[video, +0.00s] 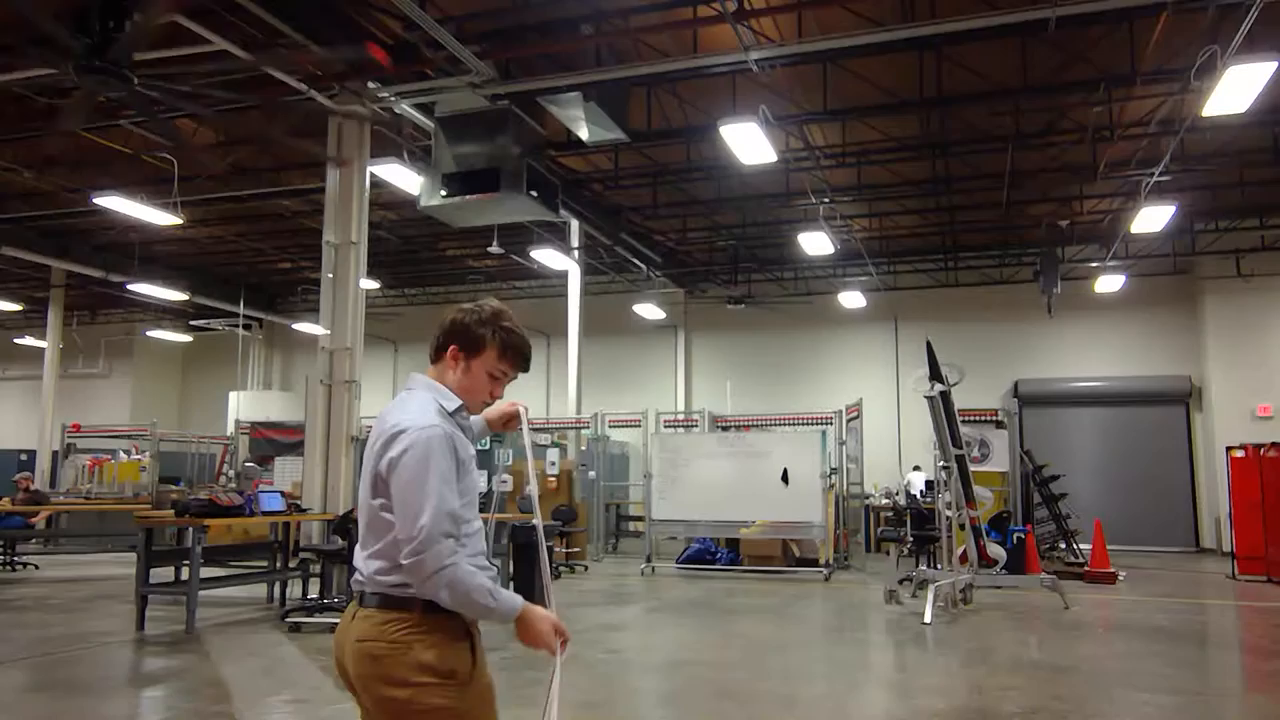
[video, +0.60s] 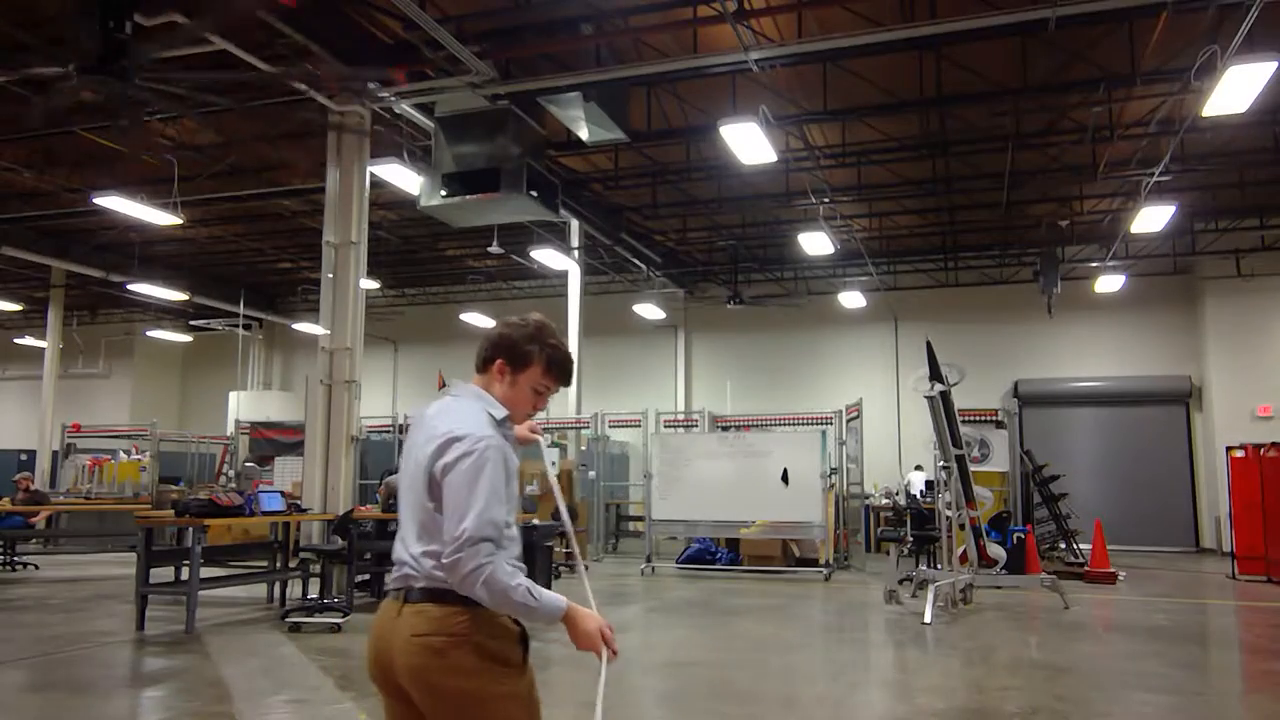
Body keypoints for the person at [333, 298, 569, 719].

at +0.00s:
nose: (498, 394)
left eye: (504, 383)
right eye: (495, 377)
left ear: (452, 360)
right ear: (455, 358)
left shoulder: (406, 411)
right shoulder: (426, 429)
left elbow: (440, 436)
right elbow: (432, 561)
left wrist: (484, 423)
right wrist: (519, 612)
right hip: (414, 637)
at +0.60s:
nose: (541, 408)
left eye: (548, 396)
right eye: (539, 392)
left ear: (496, 372)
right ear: (501, 371)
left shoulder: (433, 413)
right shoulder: (480, 438)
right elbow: (474, 563)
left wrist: (505, 434)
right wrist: (568, 613)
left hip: (395, 619)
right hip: (455, 633)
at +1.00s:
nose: (607, 416)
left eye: (613, 405)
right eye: (607, 401)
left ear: (568, 379)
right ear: (573, 382)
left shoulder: (495, 415)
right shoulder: (544, 443)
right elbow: (532, 566)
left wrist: (561, 431)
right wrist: (592, 648)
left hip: (453, 608)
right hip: (506, 620)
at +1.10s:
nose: (620, 418)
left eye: (626, 408)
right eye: (622, 404)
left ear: (585, 381)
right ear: (590, 384)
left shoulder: (508, 411)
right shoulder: (555, 449)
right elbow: (514, 569)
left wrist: (575, 434)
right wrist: (564, 664)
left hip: (459, 605)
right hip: (511, 617)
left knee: (481, 713)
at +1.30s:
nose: (627, 428)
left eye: (634, 420)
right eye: (632, 417)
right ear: (605, 398)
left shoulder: (525, 410)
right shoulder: (553, 461)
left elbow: (560, 424)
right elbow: (515, 573)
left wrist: (593, 443)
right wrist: (587, 616)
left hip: (470, 601)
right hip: (516, 619)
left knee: (488, 714)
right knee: (540, 711)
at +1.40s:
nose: (623, 428)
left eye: (629, 419)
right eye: (625, 416)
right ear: (597, 400)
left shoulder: (527, 416)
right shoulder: (547, 458)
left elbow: (566, 437)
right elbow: (536, 575)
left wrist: (602, 458)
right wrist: (624, 590)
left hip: (476, 599)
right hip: (515, 617)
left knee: (493, 713)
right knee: (543, 711)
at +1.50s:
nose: (616, 425)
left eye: (621, 416)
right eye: (617, 414)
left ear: (583, 396)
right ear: (587, 398)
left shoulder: (527, 420)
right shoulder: (540, 454)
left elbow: (570, 451)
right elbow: (537, 568)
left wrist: (605, 469)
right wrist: (630, 580)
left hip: (482, 600)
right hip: (516, 615)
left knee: (503, 712)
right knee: (543, 712)